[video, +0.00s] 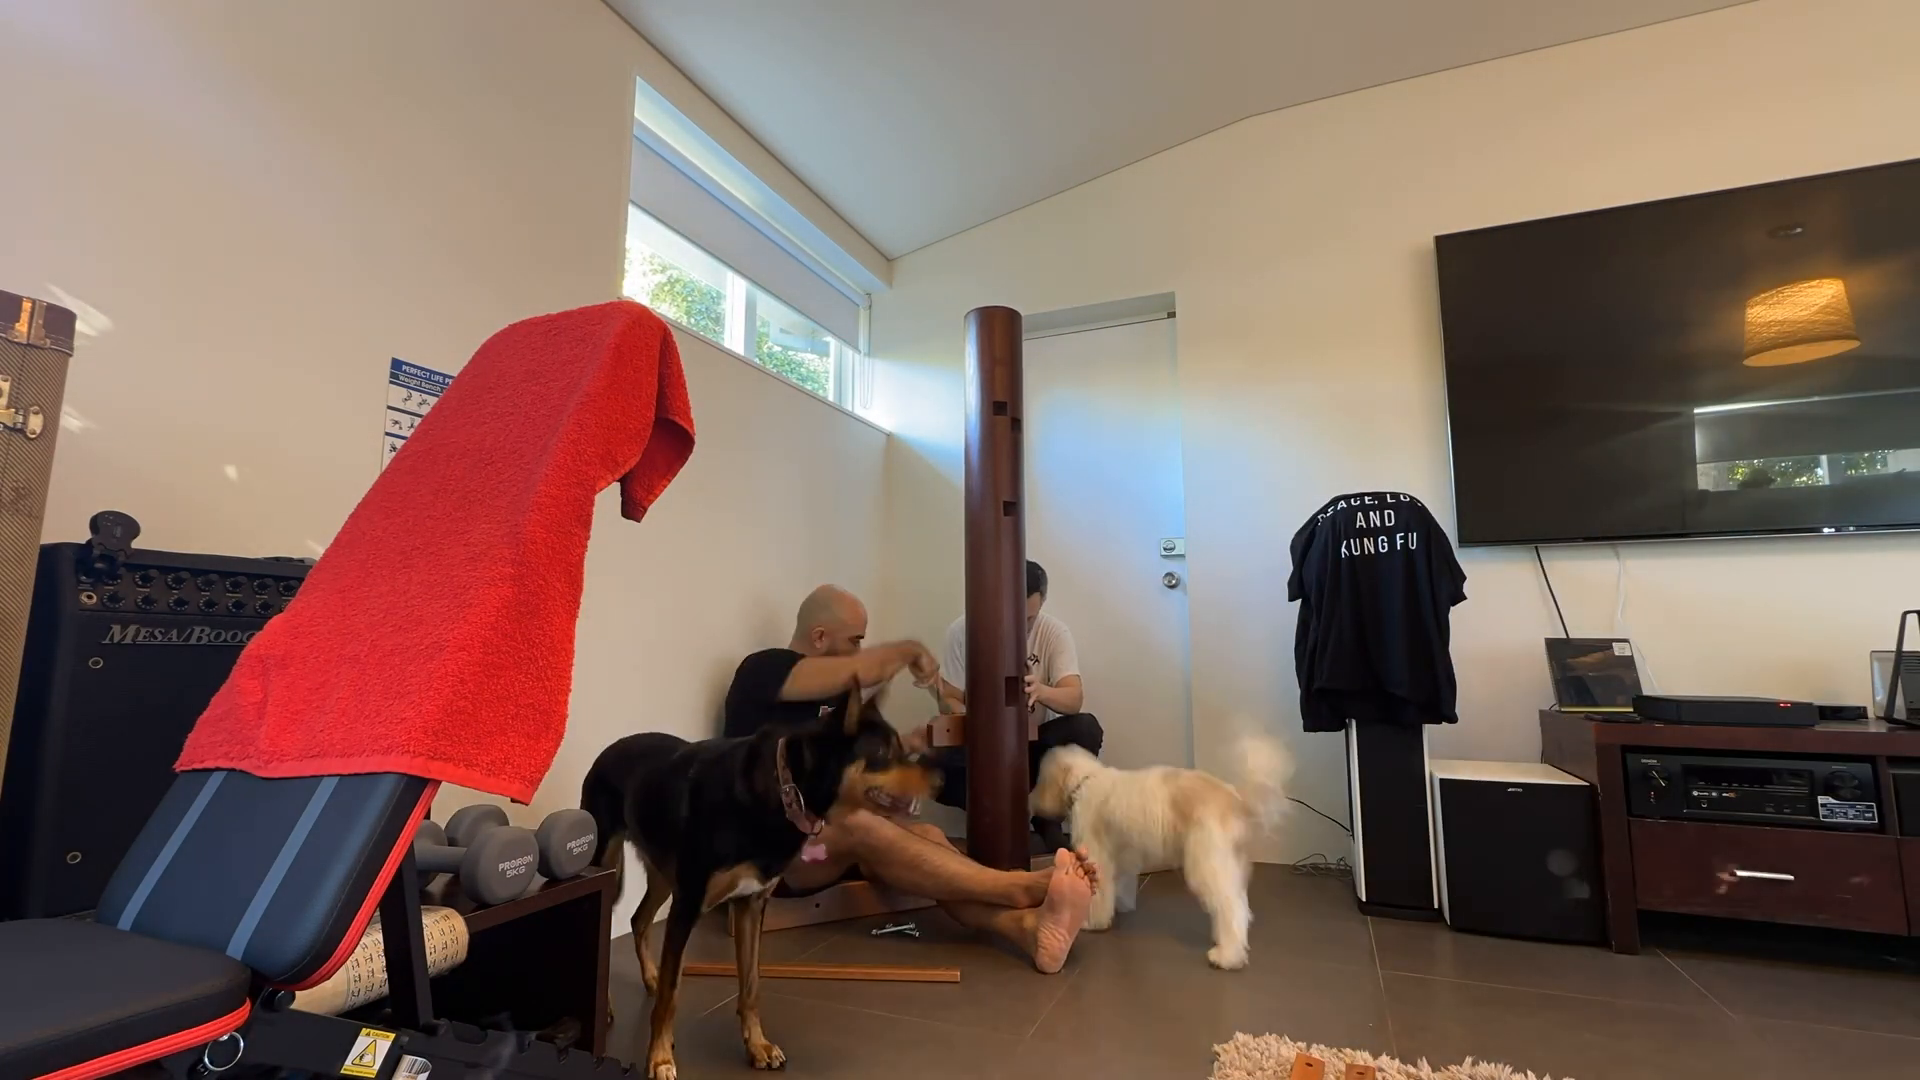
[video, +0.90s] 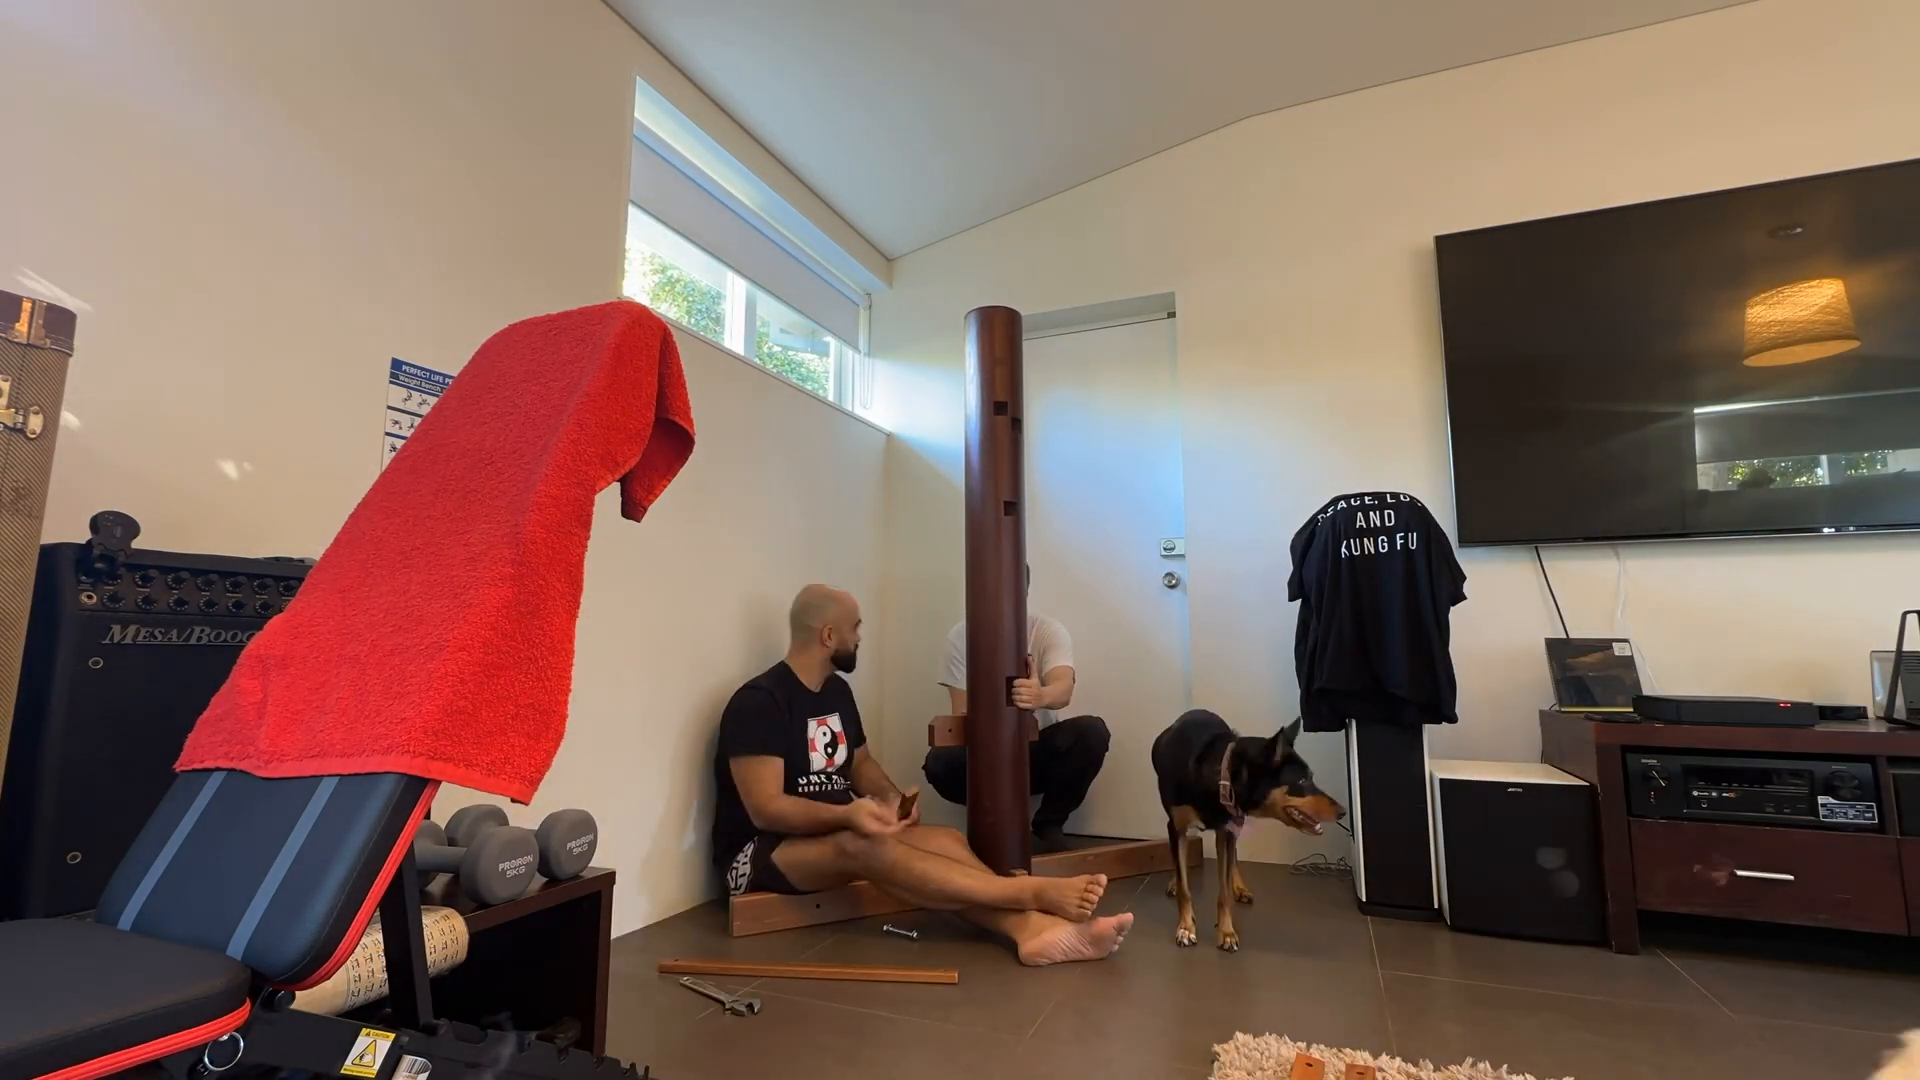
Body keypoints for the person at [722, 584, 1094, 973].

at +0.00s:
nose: (861, 650)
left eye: (862, 641)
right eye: (853, 641)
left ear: (825, 636)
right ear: (818, 638)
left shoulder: (848, 695)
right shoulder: (762, 669)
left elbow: (858, 766)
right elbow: (854, 675)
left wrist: (916, 740)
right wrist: (908, 649)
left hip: (830, 836)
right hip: (767, 840)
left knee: (927, 836)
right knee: (859, 824)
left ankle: (1030, 932)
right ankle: (1024, 886)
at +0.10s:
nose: (854, 662)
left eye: (859, 652)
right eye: (849, 652)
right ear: (821, 638)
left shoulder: (829, 695)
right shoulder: (764, 666)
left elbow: (857, 758)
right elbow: (866, 663)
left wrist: (923, 732)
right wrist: (920, 643)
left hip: (822, 840)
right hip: (765, 845)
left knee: (926, 820)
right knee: (875, 835)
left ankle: (1018, 924)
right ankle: (1017, 883)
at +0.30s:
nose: (855, 644)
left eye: (857, 632)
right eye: (851, 630)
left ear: (817, 629)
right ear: (815, 627)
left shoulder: (827, 693)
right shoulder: (763, 683)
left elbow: (849, 762)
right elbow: (808, 776)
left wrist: (919, 745)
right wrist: (897, 776)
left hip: (824, 840)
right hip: (769, 851)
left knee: (926, 820)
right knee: (868, 841)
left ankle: (1019, 926)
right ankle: (1019, 881)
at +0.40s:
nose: (852, 635)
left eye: (850, 624)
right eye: (847, 624)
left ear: (815, 629)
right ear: (816, 627)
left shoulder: (824, 687)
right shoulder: (761, 684)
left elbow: (853, 753)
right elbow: (814, 774)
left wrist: (921, 742)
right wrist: (897, 774)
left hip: (819, 836)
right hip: (764, 849)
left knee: (921, 817)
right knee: (848, 819)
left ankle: (1019, 927)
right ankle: (1019, 882)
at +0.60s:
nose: (853, 643)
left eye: (855, 633)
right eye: (849, 631)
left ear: (817, 629)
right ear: (816, 627)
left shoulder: (827, 690)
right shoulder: (758, 671)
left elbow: (857, 753)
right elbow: (857, 675)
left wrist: (924, 726)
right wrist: (907, 651)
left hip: (829, 837)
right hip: (765, 846)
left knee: (924, 819)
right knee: (850, 814)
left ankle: (1019, 926)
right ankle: (1019, 881)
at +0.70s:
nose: (849, 642)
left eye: (850, 633)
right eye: (845, 631)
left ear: (814, 625)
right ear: (813, 625)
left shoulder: (821, 691)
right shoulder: (759, 674)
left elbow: (843, 764)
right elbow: (814, 748)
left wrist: (903, 741)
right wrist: (877, 705)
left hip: (824, 835)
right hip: (761, 844)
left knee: (927, 839)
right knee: (867, 830)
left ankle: (1034, 930)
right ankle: (1041, 883)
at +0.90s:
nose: (860, 637)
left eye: (858, 627)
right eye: (854, 628)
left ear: (821, 633)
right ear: (826, 634)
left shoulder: (836, 690)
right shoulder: (757, 702)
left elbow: (861, 764)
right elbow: (765, 807)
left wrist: (892, 799)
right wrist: (852, 816)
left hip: (830, 839)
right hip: (762, 851)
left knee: (947, 840)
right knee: (870, 846)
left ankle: (1030, 930)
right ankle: (1032, 890)